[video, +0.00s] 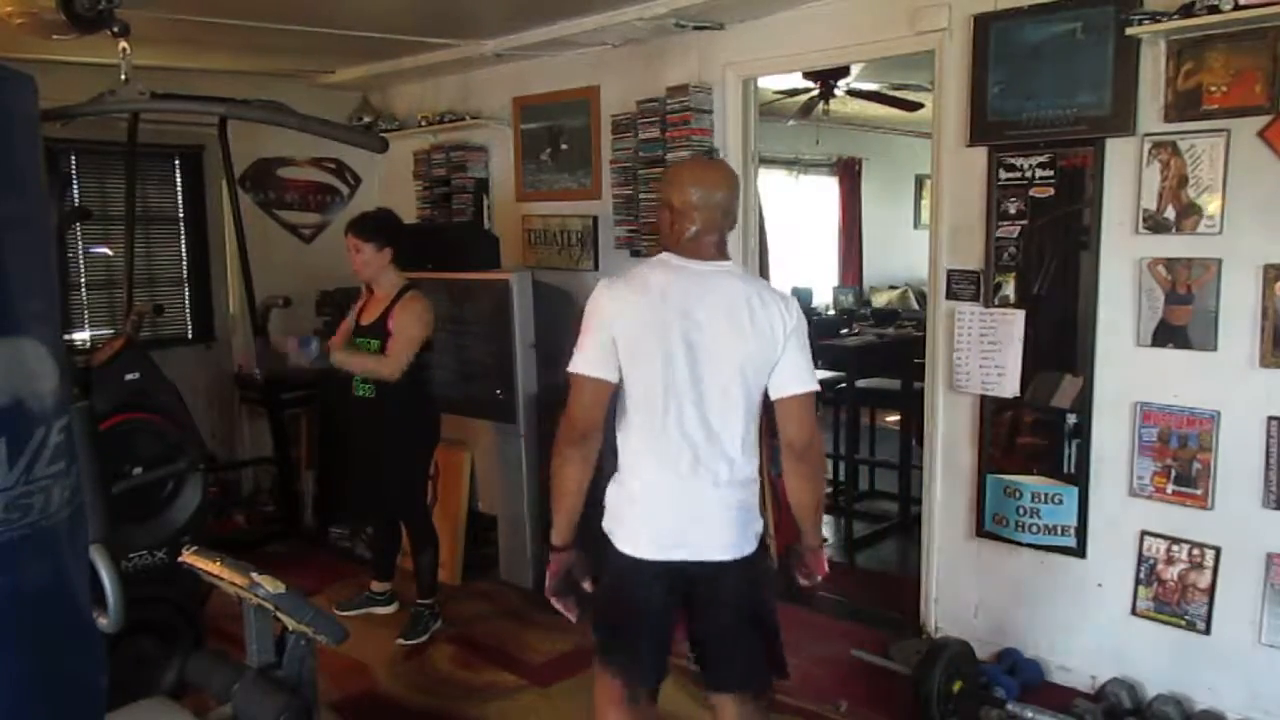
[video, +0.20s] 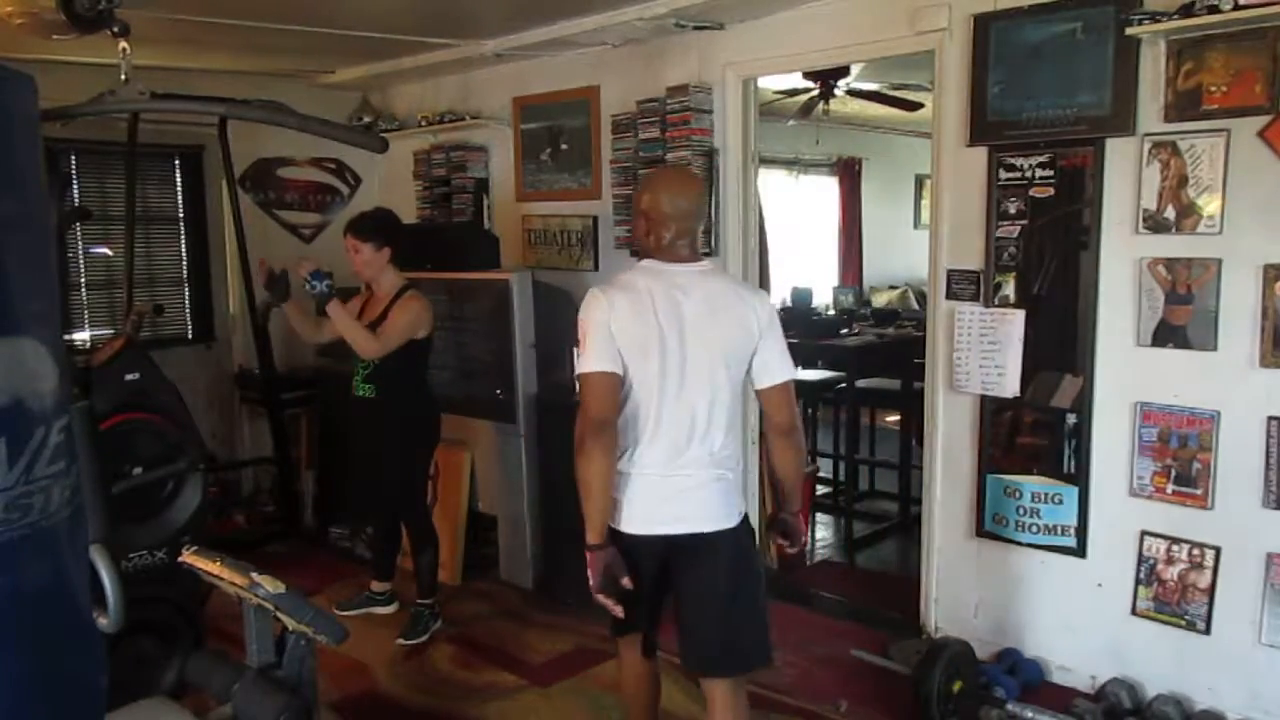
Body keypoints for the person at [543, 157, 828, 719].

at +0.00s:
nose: (656, 215)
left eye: (661, 206)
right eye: (660, 204)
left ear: (677, 216)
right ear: (729, 219)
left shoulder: (618, 297)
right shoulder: (774, 309)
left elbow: (580, 432)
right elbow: (800, 441)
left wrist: (562, 543)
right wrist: (811, 539)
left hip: (637, 546)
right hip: (732, 548)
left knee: (621, 691)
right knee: (738, 699)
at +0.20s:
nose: (630, 224)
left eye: (636, 213)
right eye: (634, 213)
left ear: (651, 221)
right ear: (699, 222)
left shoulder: (609, 302)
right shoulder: (750, 304)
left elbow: (598, 422)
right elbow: (783, 421)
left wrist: (596, 540)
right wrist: (792, 510)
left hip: (636, 524)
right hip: (719, 525)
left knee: (634, 643)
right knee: (723, 678)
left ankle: (641, 718)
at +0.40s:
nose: (589, 238)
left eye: (591, 231)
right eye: (592, 229)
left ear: (602, 239)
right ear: (658, 233)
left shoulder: (583, 316)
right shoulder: (711, 305)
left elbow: (583, 435)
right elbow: (739, 412)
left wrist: (584, 531)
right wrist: (747, 486)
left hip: (624, 516)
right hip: (700, 515)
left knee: (623, 626)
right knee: (724, 642)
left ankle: (640, 713)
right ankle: (732, 714)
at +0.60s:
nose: (579, 218)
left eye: (581, 209)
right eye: (581, 208)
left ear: (596, 211)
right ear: (642, 210)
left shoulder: (576, 286)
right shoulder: (690, 278)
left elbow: (562, 394)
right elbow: (713, 382)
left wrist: (532, 454)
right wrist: (708, 459)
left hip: (614, 476)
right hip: (684, 467)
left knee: (622, 599)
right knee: (691, 568)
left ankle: (641, 711)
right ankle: (725, 685)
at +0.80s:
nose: (563, 227)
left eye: (568, 217)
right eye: (565, 216)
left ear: (594, 219)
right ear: (621, 219)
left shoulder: (582, 283)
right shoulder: (667, 278)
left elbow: (567, 388)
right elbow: (686, 374)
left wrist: (501, 432)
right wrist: (678, 441)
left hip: (617, 464)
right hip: (671, 457)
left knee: (617, 599)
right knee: (662, 554)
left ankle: (640, 712)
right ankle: (660, 641)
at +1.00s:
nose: (555, 230)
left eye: (562, 220)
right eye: (556, 219)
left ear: (598, 223)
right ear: (605, 225)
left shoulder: (596, 290)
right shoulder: (648, 277)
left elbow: (603, 387)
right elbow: (670, 359)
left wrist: (569, 479)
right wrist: (648, 417)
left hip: (615, 457)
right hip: (650, 450)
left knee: (608, 588)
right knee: (624, 554)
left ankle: (643, 711)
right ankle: (640, 640)